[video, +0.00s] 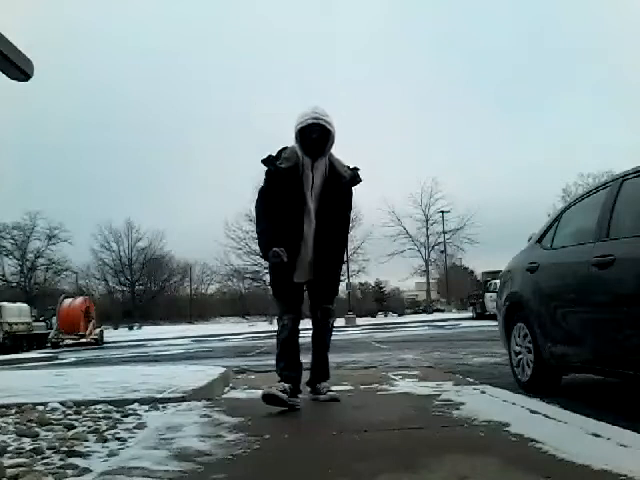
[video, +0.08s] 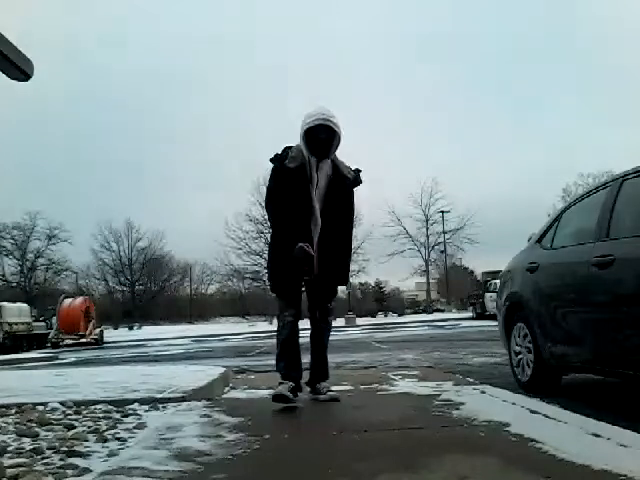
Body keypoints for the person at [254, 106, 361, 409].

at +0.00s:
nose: (314, 139)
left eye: (321, 133)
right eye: (308, 132)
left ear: (330, 137)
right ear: (298, 135)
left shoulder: (341, 176)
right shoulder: (281, 170)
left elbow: (343, 221)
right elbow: (265, 211)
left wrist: (339, 256)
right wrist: (271, 246)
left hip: (325, 260)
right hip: (288, 259)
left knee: (323, 320)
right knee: (289, 320)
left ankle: (319, 383)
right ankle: (289, 385)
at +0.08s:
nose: (321, 141)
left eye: (328, 135)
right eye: (315, 134)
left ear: (337, 139)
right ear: (304, 136)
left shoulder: (343, 177)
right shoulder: (285, 170)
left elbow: (345, 226)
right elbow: (275, 212)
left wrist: (342, 270)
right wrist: (293, 244)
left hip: (325, 259)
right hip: (288, 258)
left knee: (322, 319)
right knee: (288, 318)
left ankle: (319, 382)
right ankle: (289, 381)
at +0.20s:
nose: (328, 142)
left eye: (335, 136)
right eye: (323, 134)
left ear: (342, 140)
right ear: (310, 136)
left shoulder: (346, 178)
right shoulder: (293, 166)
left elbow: (350, 226)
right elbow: (286, 216)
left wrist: (348, 262)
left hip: (327, 259)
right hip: (292, 256)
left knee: (320, 319)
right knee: (290, 317)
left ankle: (318, 380)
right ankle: (289, 375)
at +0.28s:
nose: (331, 142)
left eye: (337, 136)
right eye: (326, 135)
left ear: (345, 141)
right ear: (313, 136)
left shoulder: (348, 180)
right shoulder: (295, 168)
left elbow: (353, 227)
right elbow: (281, 217)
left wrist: (358, 265)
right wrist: (275, 264)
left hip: (327, 260)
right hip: (294, 256)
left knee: (321, 320)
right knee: (291, 318)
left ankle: (317, 380)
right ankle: (286, 373)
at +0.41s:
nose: (335, 140)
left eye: (340, 135)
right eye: (329, 134)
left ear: (345, 140)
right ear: (315, 135)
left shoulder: (347, 181)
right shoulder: (297, 165)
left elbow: (357, 227)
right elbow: (283, 215)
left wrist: (361, 265)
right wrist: (276, 261)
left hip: (326, 257)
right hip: (294, 254)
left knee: (322, 317)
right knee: (291, 316)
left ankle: (318, 380)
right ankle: (285, 371)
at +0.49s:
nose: (333, 139)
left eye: (338, 133)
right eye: (327, 132)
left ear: (343, 138)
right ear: (314, 135)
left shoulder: (344, 178)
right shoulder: (297, 165)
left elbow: (354, 222)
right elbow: (283, 213)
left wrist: (367, 248)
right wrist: (278, 258)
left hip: (326, 255)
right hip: (294, 253)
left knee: (322, 316)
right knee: (290, 313)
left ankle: (318, 381)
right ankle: (285, 366)